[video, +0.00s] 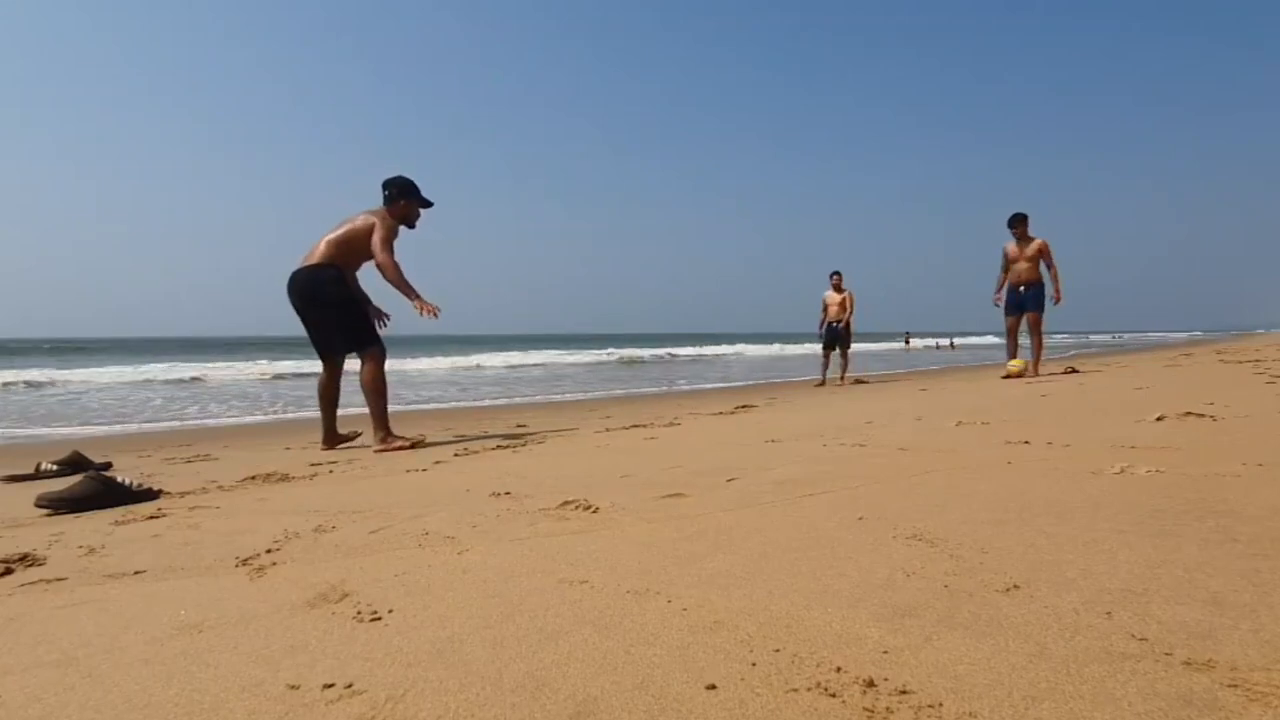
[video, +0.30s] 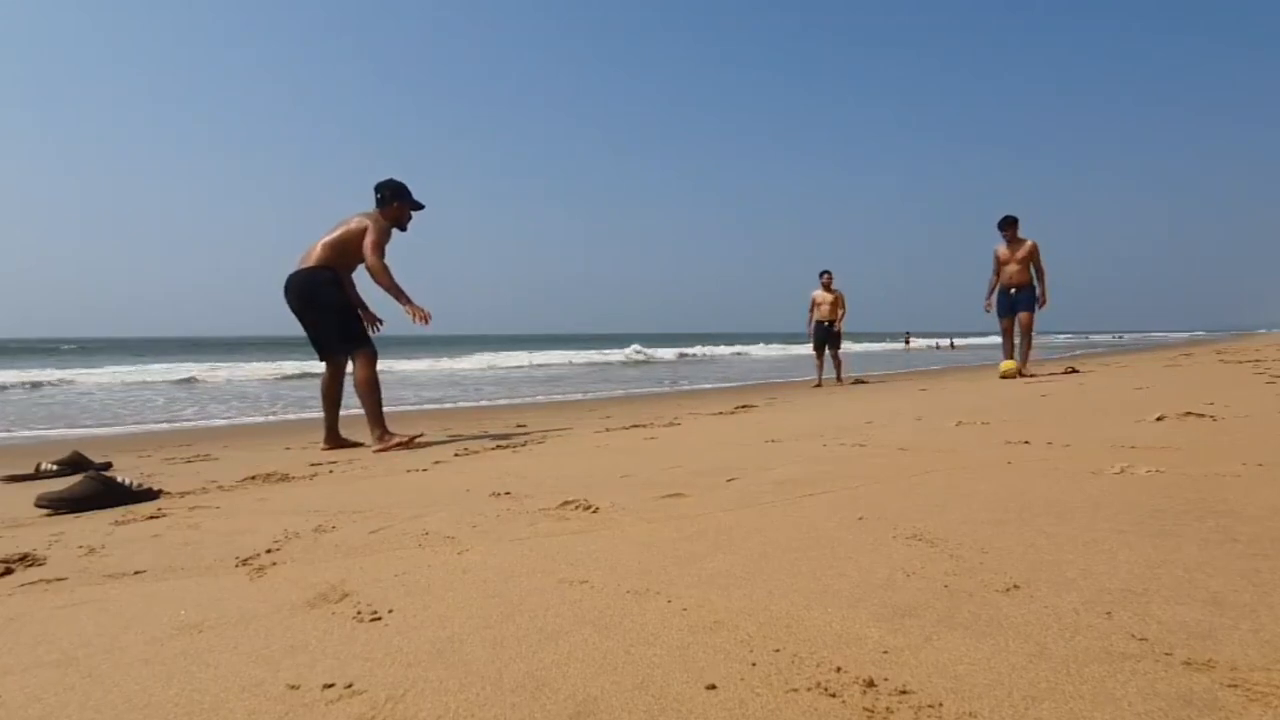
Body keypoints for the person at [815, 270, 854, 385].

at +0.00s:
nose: (836, 282)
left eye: (838, 280)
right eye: (834, 280)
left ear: (841, 281)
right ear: (831, 281)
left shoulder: (846, 294)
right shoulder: (827, 295)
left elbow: (849, 309)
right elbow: (824, 312)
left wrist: (844, 323)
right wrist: (820, 327)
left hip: (842, 324)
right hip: (830, 324)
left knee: (843, 352)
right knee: (826, 352)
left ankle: (842, 377)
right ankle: (823, 378)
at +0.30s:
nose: (828, 281)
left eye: (830, 278)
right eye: (826, 279)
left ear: (832, 280)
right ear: (821, 280)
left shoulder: (837, 294)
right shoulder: (815, 295)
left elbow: (842, 309)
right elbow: (811, 311)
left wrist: (838, 322)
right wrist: (809, 327)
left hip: (832, 324)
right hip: (819, 324)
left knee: (834, 353)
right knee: (819, 354)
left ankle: (838, 377)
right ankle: (819, 379)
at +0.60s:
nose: (824, 280)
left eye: (826, 278)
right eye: (822, 278)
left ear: (828, 280)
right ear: (816, 279)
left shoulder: (832, 293)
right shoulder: (810, 294)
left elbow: (836, 309)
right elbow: (807, 310)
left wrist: (829, 315)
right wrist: (818, 319)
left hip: (829, 325)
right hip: (816, 325)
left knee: (831, 351)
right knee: (816, 353)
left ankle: (831, 378)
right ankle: (818, 379)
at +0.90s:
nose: (825, 281)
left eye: (827, 278)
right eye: (823, 278)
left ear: (829, 280)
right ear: (818, 280)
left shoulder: (832, 294)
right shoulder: (811, 294)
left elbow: (837, 307)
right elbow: (807, 311)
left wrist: (840, 316)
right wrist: (805, 327)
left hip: (828, 323)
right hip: (815, 324)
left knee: (829, 352)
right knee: (816, 354)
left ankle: (830, 378)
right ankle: (818, 379)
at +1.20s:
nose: (822, 278)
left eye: (825, 276)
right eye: (820, 276)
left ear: (828, 277)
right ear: (816, 277)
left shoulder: (833, 292)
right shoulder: (810, 291)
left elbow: (839, 309)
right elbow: (803, 309)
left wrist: (836, 326)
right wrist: (798, 325)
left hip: (827, 322)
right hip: (814, 322)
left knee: (829, 352)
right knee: (808, 352)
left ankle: (829, 378)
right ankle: (812, 378)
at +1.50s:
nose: (808, 280)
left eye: (810, 278)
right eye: (806, 278)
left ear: (815, 278)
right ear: (804, 279)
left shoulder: (822, 293)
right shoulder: (800, 294)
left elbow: (826, 311)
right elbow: (798, 312)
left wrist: (822, 327)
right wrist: (797, 329)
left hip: (818, 323)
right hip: (804, 324)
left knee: (824, 354)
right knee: (800, 354)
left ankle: (828, 380)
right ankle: (798, 382)